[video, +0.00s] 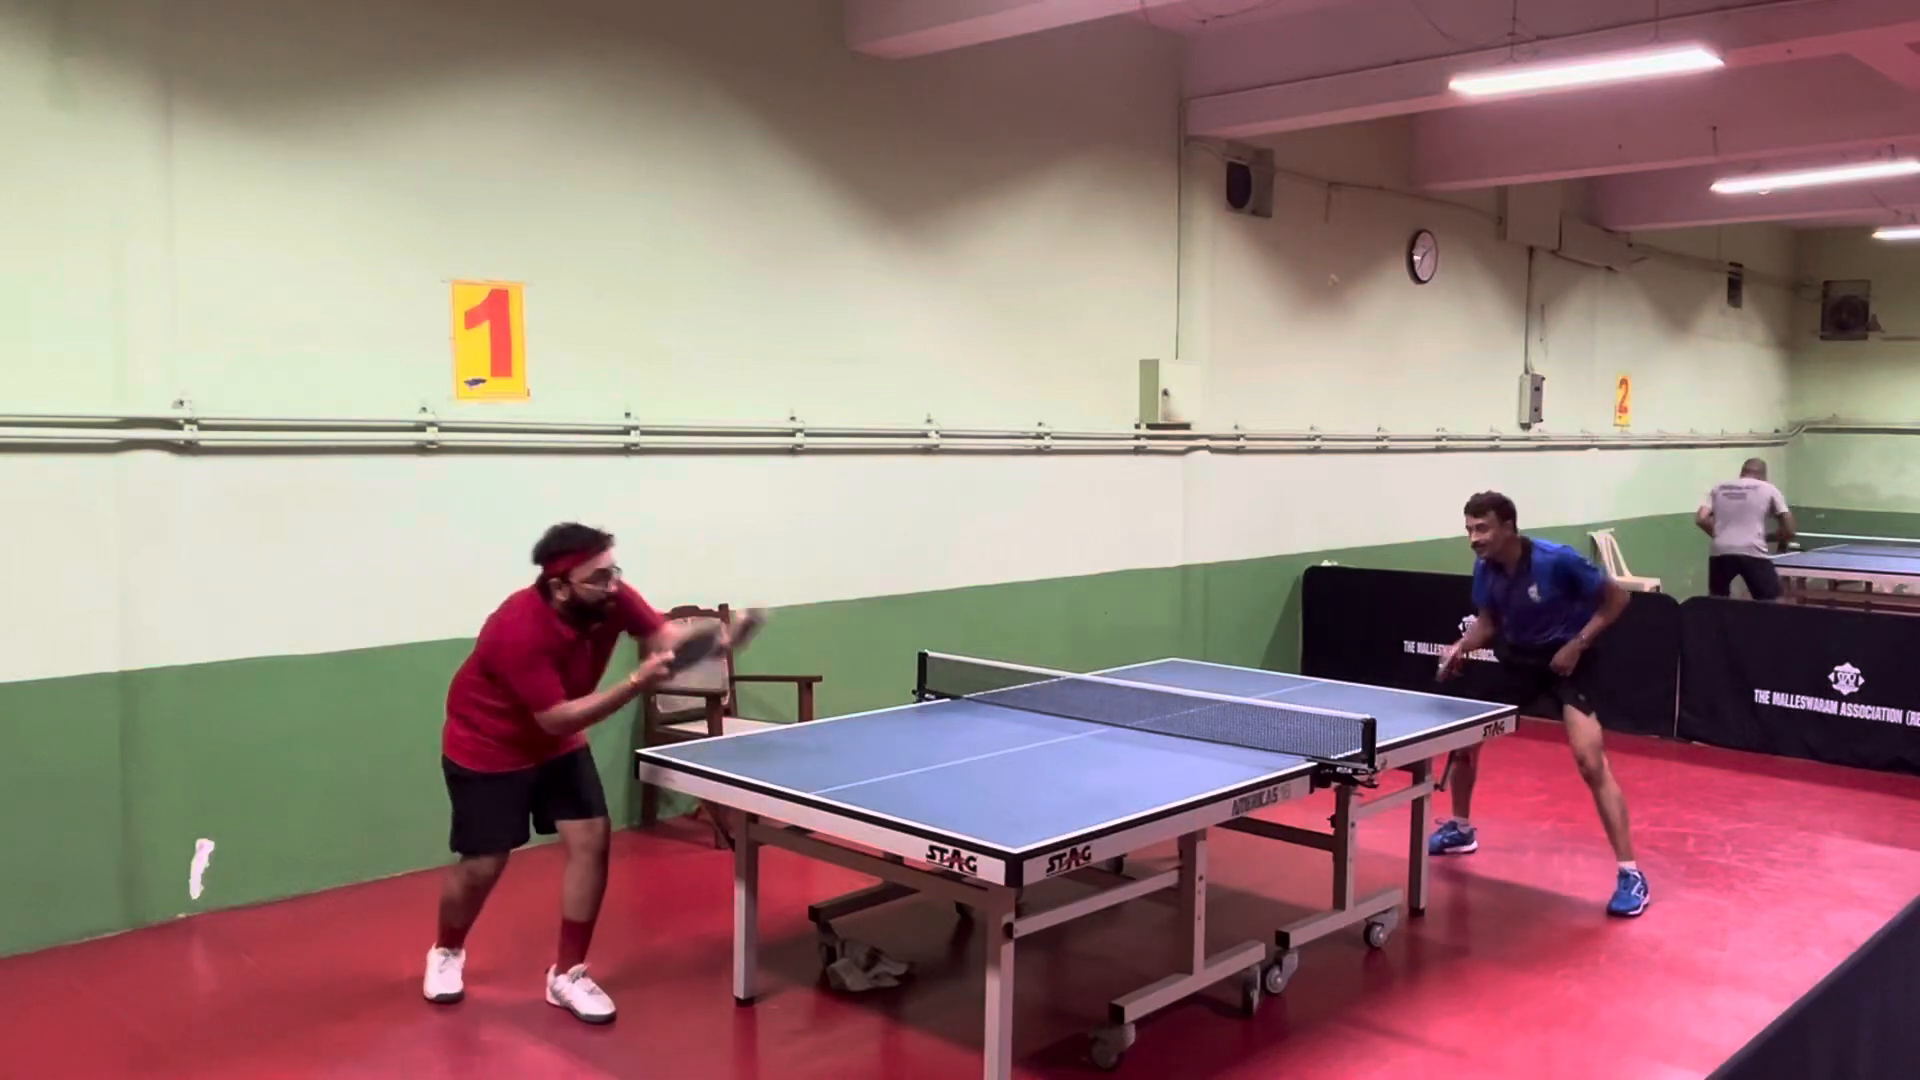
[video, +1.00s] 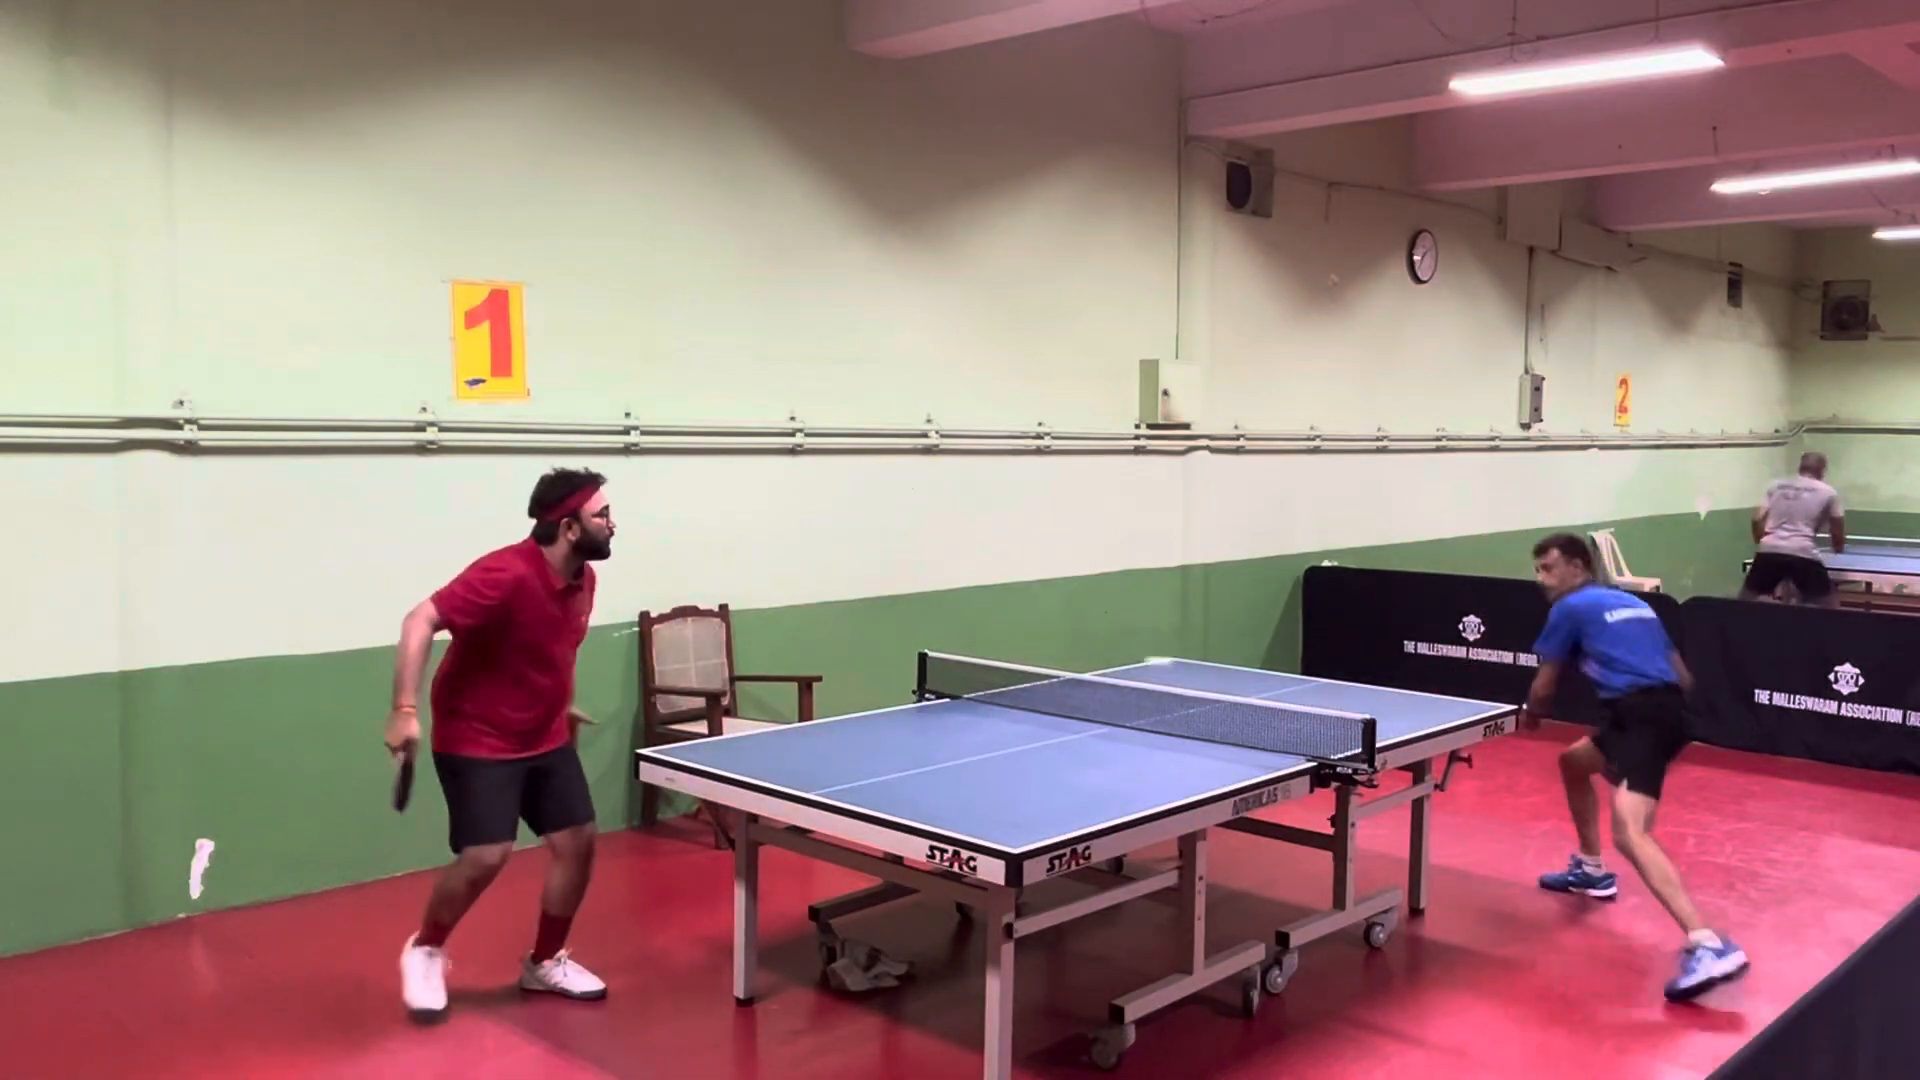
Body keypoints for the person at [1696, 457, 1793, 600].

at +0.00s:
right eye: (1763, 476)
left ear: (1741, 473)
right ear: (1763, 475)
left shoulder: (1719, 487)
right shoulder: (1769, 489)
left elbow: (1701, 519)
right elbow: (1788, 530)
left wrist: (1720, 535)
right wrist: (1779, 538)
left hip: (1721, 554)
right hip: (1753, 554)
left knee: (1717, 606)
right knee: (1770, 606)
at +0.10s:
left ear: (1729, 477)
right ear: (1751, 479)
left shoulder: (1711, 490)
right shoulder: (1761, 494)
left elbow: (1696, 520)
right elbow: (1772, 536)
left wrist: (1712, 535)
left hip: (1716, 553)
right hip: (1749, 552)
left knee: (1712, 602)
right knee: (1764, 603)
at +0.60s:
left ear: (1736, 471)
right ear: (1759, 473)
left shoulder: (1720, 485)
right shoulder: (1769, 492)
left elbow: (1704, 515)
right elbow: (1771, 529)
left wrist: (1706, 545)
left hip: (1727, 549)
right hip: (1760, 549)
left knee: (1715, 600)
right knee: (1784, 601)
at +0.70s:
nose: (1774, 476)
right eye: (1773, 473)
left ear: (1749, 473)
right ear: (1772, 475)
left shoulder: (1730, 490)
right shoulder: (1782, 495)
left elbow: (1713, 522)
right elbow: (1786, 530)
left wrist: (1717, 552)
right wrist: (1783, 550)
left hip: (1735, 554)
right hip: (1769, 554)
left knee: (1722, 606)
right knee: (1796, 605)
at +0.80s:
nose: (1790, 476)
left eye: (1789, 473)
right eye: (1789, 473)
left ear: (1766, 473)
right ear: (1787, 474)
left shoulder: (1747, 492)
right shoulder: (1798, 496)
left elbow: (1729, 523)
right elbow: (1806, 526)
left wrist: (1731, 553)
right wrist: (1805, 550)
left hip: (1748, 556)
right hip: (1781, 557)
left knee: (1733, 606)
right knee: (1804, 603)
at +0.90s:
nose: (1809, 475)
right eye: (1809, 471)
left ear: (1786, 470)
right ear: (1806, 472)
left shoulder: (1764, 489)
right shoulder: (1814, 494)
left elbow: (1746, 522)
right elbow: (1823, 529)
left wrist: (1748, 551)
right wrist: (1822, 550)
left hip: (1759, 556)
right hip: (1793, 558)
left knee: (1739, 604)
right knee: (1817, 606)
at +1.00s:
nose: (1824, 474)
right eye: (1824, 470)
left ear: (1800, 469)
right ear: (1821, 471)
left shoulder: (1776, 486)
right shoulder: (1828, 493)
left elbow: (1757, 518)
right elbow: (1838, 544)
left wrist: (1761, 541)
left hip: (1768, 553)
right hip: (1803, 557)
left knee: (1744, 604)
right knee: (1829, 607)